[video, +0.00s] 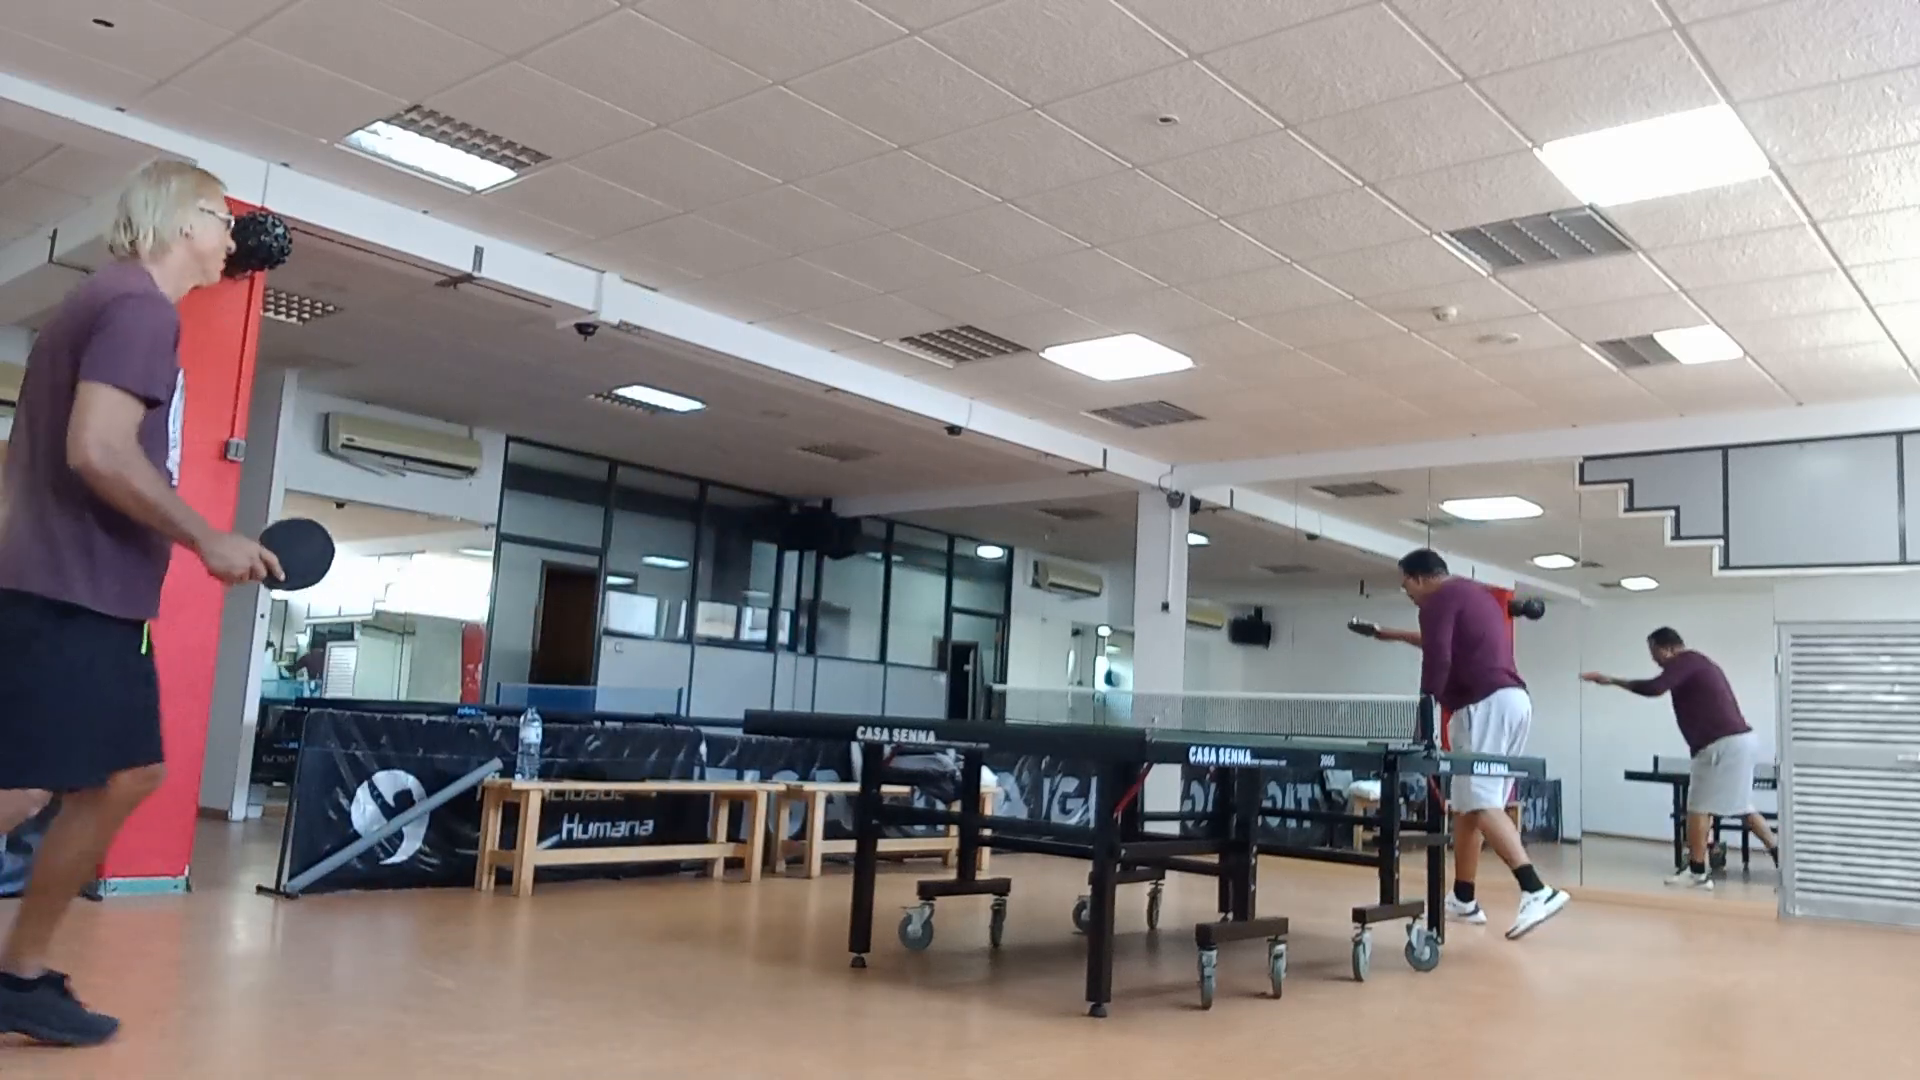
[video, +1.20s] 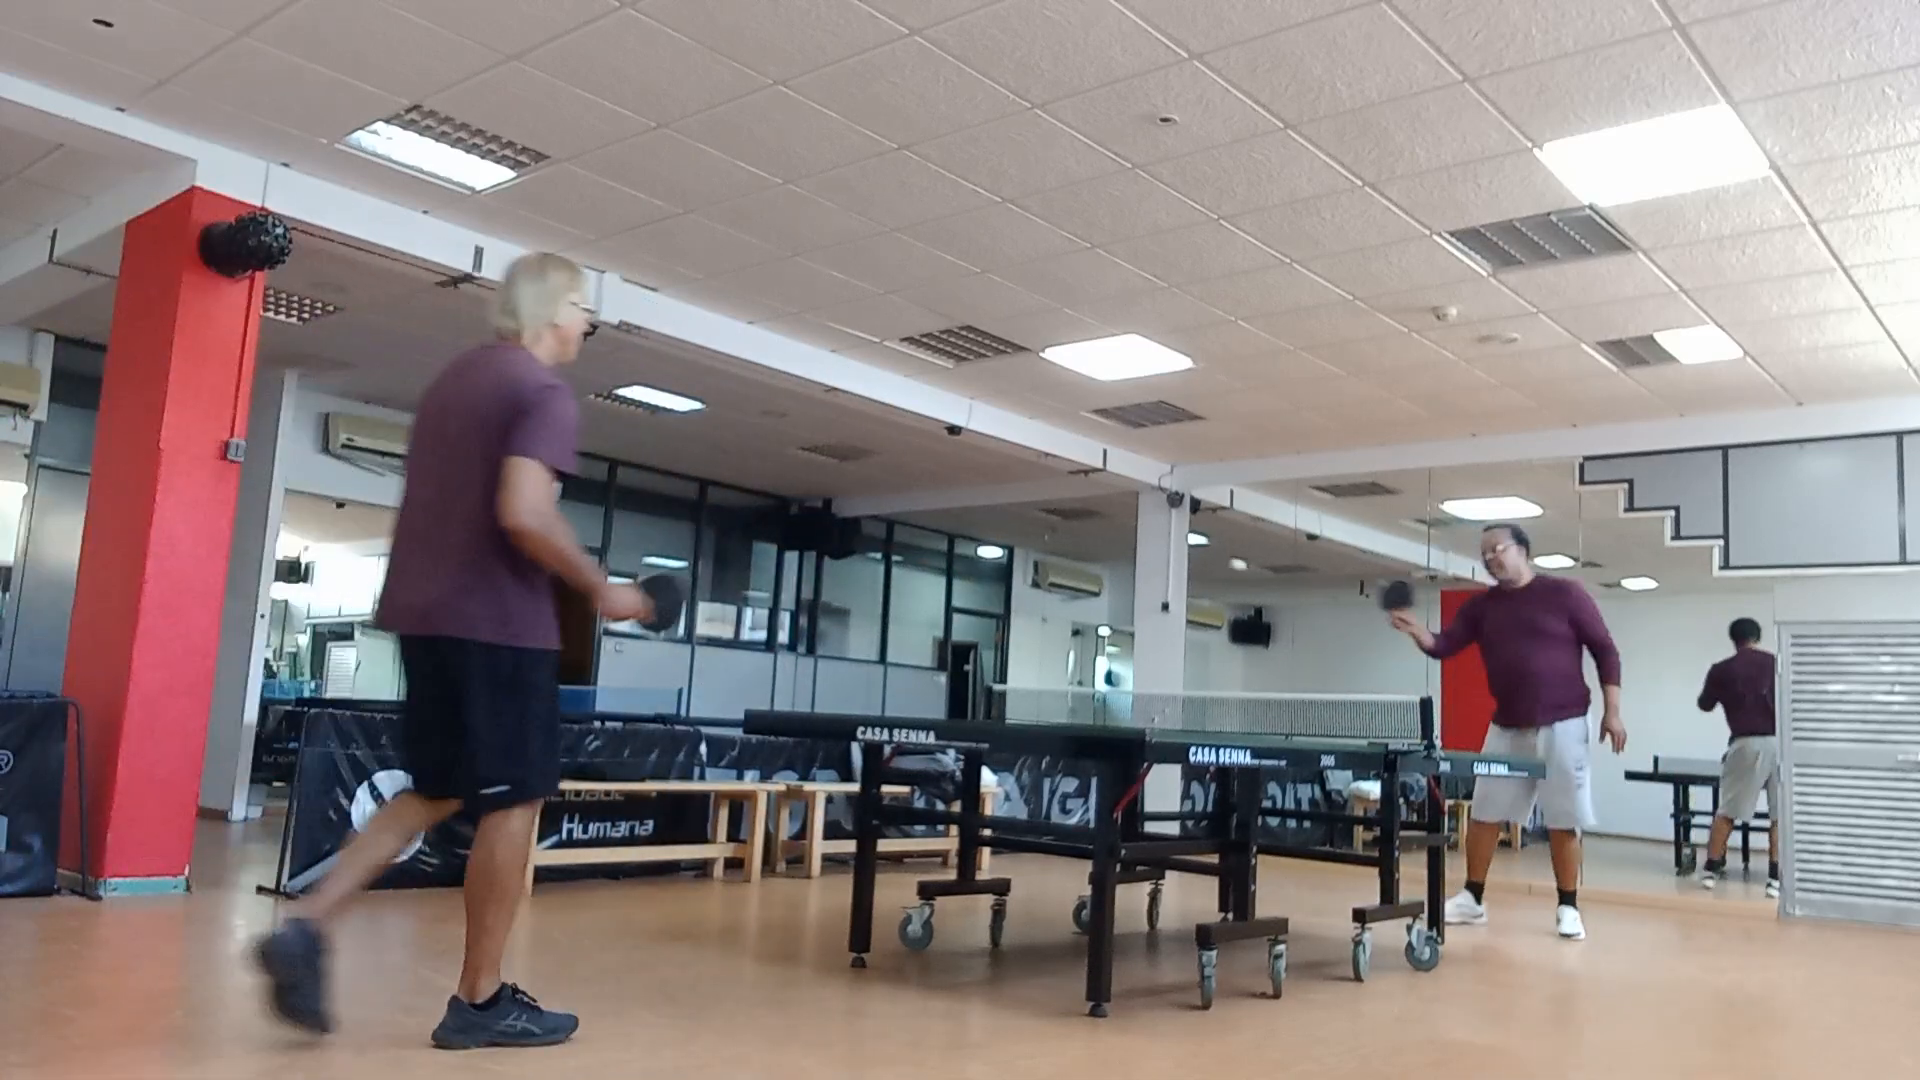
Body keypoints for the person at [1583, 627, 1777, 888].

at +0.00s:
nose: (1655, 660)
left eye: (1655, 654)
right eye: (1653, 655)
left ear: (1665, 648)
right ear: (1677, 645)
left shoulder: (1684, 662)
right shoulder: (1702, 661)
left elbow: (1654, 688)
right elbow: (1720, 704)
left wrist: (1611, 681)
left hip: (1718, 746)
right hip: (1742, 741)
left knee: (1697, 809)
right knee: (1744, 806)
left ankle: (1698, 873)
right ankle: (1778, 853)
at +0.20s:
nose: (1644, 663)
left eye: (1644, 656)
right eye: (1642, 657)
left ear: (1655, 648)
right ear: (1663, 645)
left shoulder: (1672, 664)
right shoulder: (1695, 660)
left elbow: (1670, 704)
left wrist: (1633, 717)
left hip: (1713, 743)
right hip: (1739, 736)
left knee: (1696, 809)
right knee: (1745, 808)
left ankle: (1697, 871)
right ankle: (1773, 856)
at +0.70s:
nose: (1662, 656)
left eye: (1660, 651)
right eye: (1661, 651)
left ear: (1664, 648)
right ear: (1685, 640)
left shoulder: (1668, 673)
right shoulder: (1719, 659)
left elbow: (1663, 718)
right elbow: (1747, 700)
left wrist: (1649, 755)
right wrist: (1744, 735)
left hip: (1714, 741)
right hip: (1747, 736)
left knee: (1702, 811)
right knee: (1755, 806)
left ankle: (1698, 872)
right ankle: (1778, 861)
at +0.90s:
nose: (1684, 649)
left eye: (1683, 645)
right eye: (1685, 645)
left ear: (1684, 643)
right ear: (1709, 638)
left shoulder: (1683, 670)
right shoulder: (1742, 659)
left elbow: (1667, 711)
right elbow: (1769, 695)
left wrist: (1648, 734)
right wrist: (1769, 728)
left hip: (1724, 742)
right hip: (1759, 740)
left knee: (1710, 812)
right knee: (1763, 811)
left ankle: (1697, 873)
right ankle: (1775, 871)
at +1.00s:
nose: (1705, 646)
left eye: (1701, 642)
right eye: (1712, 641)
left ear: (1698, 643)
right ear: (1723, 638)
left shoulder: (1693, 671)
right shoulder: (1754, 661)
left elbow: (1676, 703)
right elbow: (1780, 699)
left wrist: (1656, 708)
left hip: (1730, 743)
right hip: (1766, 742)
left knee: (1713, 813)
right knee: (1769, 814)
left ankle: (1697, 872)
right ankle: (1773, 878)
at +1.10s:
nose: (1726, 645)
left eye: (1720, 641)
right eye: (1732, 639)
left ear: (1715, 642)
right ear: (1740, 638)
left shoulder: (1708, 670)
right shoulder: (1767, 663)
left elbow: (1690, 700)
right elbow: (1782, 695)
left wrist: (1686, 685)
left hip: (1739, 745)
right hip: (1775, 744)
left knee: (1717, 812)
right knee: (1777, 816)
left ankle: (1698, 871)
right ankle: (1776, 878)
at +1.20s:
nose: (1749, 643)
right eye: (1753, 638)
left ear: (1733, 640)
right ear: (1757, 638)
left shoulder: (1721, 669)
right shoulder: (1776, 663)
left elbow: (1705, 704)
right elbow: (1789, 696)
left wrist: (1727, 685)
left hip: (1745, 745)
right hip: (1780, 744)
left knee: (1727, 811)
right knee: (1780, 816)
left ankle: (1711, 870)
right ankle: (1776, 879)